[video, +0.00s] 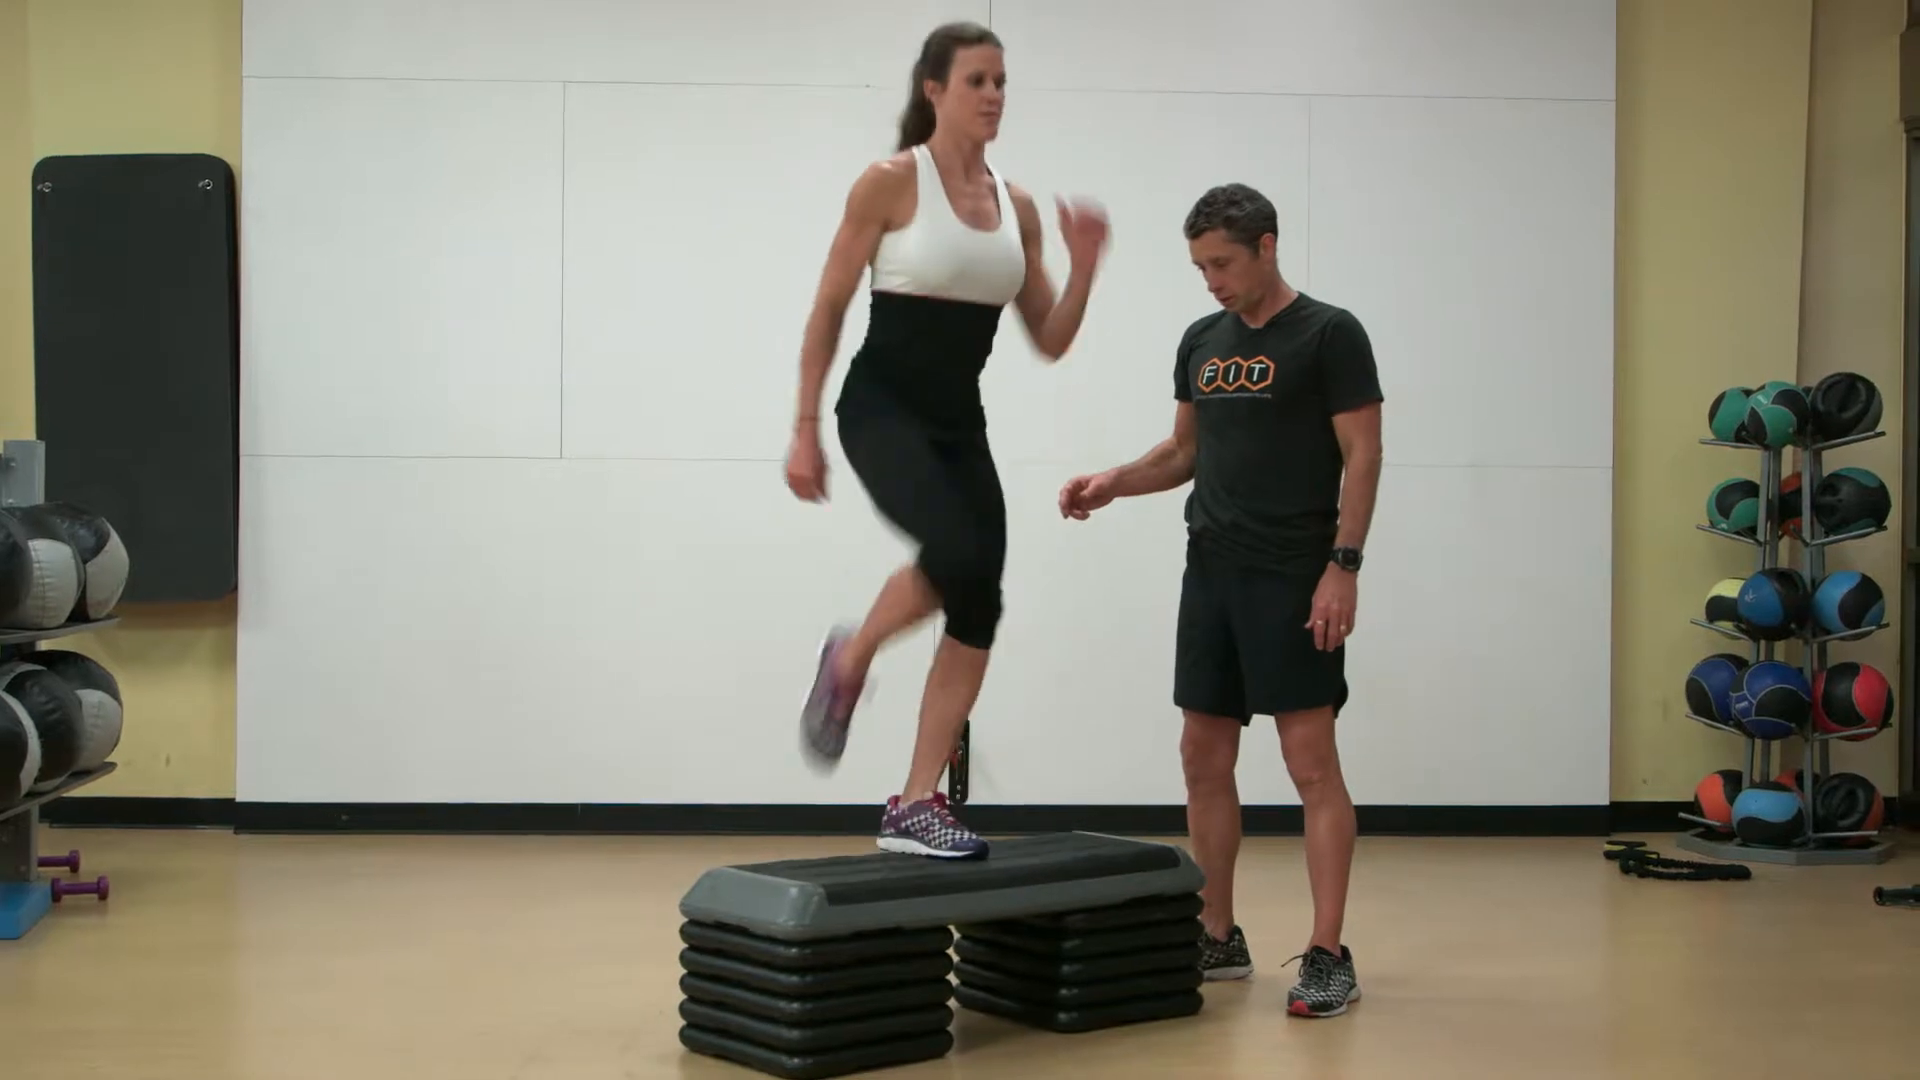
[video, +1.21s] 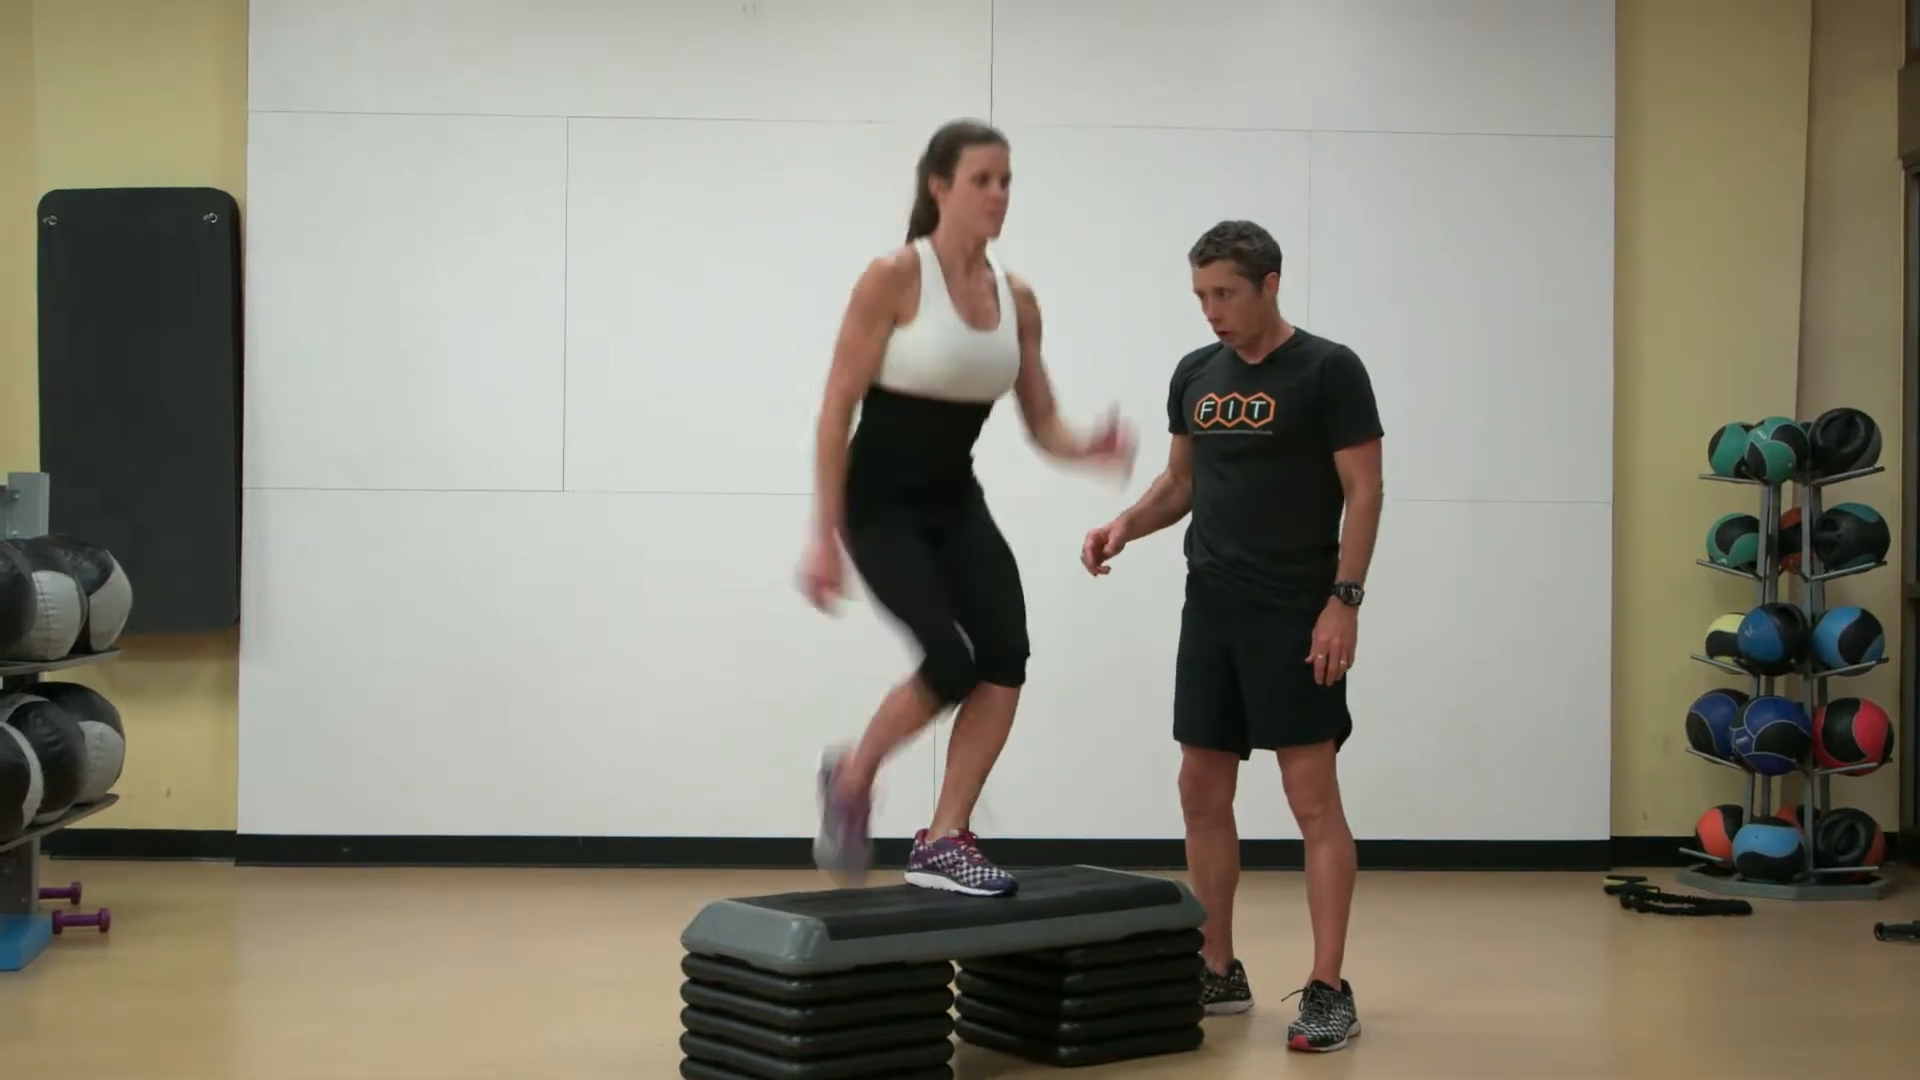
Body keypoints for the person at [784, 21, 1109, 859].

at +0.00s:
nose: (996, 97)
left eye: (1000, 83)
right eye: (980, 82)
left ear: (1002, 95)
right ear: (934, 89)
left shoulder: (1015, 205)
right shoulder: (889, 184)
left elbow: (1050, 338)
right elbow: (830, 307)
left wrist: (1083, 266)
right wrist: (804, 427)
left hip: (959, 414)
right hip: (881, 405)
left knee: (979, 601)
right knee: (959, 550)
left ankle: (918, 803)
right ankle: (850, 659)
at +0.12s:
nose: (999, 129)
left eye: (1004, 114)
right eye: (983, 114)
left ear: (1005, 125)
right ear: (937, 122)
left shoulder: (1008, 234)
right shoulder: (895, 212)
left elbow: (991, 366)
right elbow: (835, 342)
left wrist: (1049, 422)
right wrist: (876, 441)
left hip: (954, 443)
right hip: (876, 439)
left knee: (998, 619)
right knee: (873, 643)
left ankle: (920, 803)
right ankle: (804, 804)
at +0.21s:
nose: (996, 163)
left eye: (1002, 150)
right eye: (980, 149)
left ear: (1004, 161)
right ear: (934, 156)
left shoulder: (1002, 266)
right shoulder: (889, 247)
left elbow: (973, 394)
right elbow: (838, 377)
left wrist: (1009, 489)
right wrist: (918, 420)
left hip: (951, 478)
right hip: (868, 474)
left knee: (1005, 628)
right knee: (842, 667)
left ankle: (919, 804)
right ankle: (798, 850)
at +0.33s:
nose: (979, 238)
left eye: (986, 224)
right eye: (964, 223)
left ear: (991, 232)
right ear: (918, 228)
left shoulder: (988, 335)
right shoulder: (873, 316)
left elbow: (963, 457)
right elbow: (836, 449)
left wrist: (958, 575)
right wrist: (927, 402)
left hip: (931, 531)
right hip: (851, 530)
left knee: (1005, 635)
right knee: (825, 727)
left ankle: (918, 807)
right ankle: (799, 902)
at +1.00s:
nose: (971, 289)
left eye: (977, 275)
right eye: (955, 275)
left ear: (981, 282)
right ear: (909, 282)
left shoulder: (980, 379)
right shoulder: (867, 367)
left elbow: (953, 500)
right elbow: (846, 497)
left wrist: (945, 615)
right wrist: (952, 454)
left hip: (930, 570)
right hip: (855, 576)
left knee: (1012, 656)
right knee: (832, 768)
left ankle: (943, 833)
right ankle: (801, 939)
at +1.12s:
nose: (995, 230)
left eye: (1000, 216)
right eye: (979, 216)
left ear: (1003, 224)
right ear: (932, 222)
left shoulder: (1008, 327)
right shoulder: (891, 310)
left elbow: (1004, 452)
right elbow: (852, 443)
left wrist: (1036, 542)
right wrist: (911, 537)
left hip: (945, 509)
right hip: (871, 511)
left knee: (1007, 654)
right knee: (878, 726)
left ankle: (942, 838)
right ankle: (815, 895)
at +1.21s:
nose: (1001, 194)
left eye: (1006, 181)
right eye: (985, 180)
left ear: (1006, 191)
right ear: (941, 187)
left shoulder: (1014, 299)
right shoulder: (891, 279)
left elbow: (1042, 425)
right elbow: (837, 408)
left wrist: (1088, 447)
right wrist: (824, 534)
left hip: (954, 495)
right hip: (880, 496)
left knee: (1003, 654)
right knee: (953, 661)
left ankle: (944, 839)